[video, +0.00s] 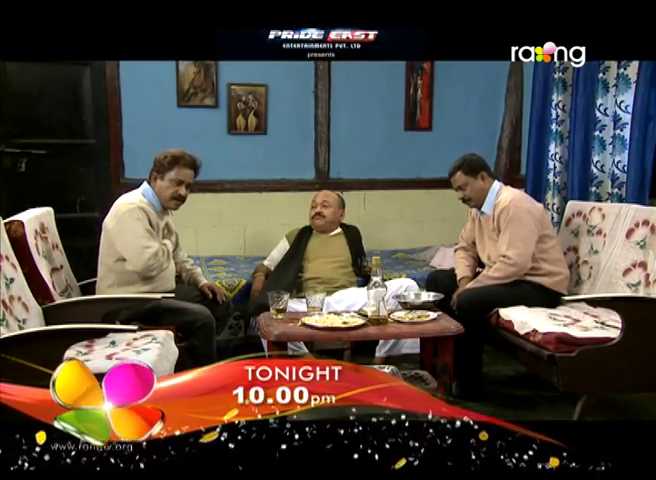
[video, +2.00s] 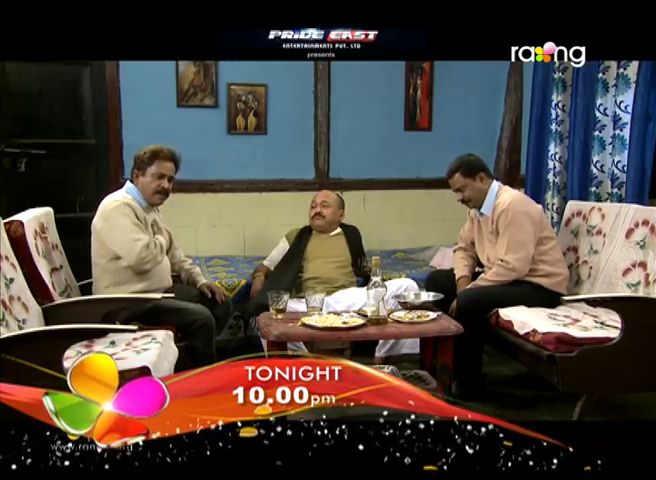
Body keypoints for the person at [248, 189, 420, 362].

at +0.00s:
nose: (317, 210)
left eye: (325, 206)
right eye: (314, 206)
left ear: (341, 213)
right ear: (309, 211)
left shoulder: (351, 233)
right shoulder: (297, 236)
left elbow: (362, 269)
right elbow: (265, 268)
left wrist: (377, 282)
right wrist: (256, 299)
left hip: (351, 297)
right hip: (311, 300)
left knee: (406, 286)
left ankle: (382, 362)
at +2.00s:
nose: (317, 211)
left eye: (325, 206)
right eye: (313, 206)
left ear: (340, 213)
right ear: (308, 211)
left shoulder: (351, 233)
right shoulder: (297, 236)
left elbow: (361, 269)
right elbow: (264, 269)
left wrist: (378, 282)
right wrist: (256, 302)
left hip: (350, 297)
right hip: (309, 300)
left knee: (406, 285)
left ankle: (382, 363)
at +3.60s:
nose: (336, 213)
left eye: (337, 207)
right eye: (329, 209)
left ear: (340, 208)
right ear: (309, 214)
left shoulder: (347, 234)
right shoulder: (293, 237)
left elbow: (359, 267)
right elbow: (266, 267)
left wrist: (378, 276)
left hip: (351, 297)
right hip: (311, 299)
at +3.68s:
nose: (336, 213)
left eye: (337, 207)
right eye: (329, 209)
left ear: (340, 208)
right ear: (309, 214)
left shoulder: (346, 234)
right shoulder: (293, 237)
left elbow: (358, 267)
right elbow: (266, 266)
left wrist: (380, 272)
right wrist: (254, 278)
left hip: (350, 298)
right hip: (310, 300)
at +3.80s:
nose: (336, 212)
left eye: (337, 207)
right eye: (328, 208)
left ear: (339, 208)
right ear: (308, 214)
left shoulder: (346, 233)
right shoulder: (293, 236)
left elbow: (359, 267)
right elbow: (267, 267)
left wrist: (390, 270)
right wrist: (249, 277)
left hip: (350, 299)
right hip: (311, 300)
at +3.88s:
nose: (336, 212)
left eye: (337, 207)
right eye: (329, 208)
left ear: (339, 208)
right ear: (308, 213)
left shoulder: (345, 233)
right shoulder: (292, 236)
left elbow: (360, 267)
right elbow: (267, 267)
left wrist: (395, 270)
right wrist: (242, 274)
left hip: (351, 298)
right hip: (310, 300)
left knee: (406, 286)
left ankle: (379, 365)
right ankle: (312, 366)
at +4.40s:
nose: (303, 211)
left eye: (311, 207)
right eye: (299, 206)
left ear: (326, 211)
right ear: (295, 208)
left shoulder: (342, 230)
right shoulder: (288, 236)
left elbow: (362, 265)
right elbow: (265, 267)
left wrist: (398, 271)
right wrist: (239, 274)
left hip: (349, 295)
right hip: (308, 299)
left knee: (406, 285)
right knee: (286, 318)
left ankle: (379, 362)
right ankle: (309, 366)